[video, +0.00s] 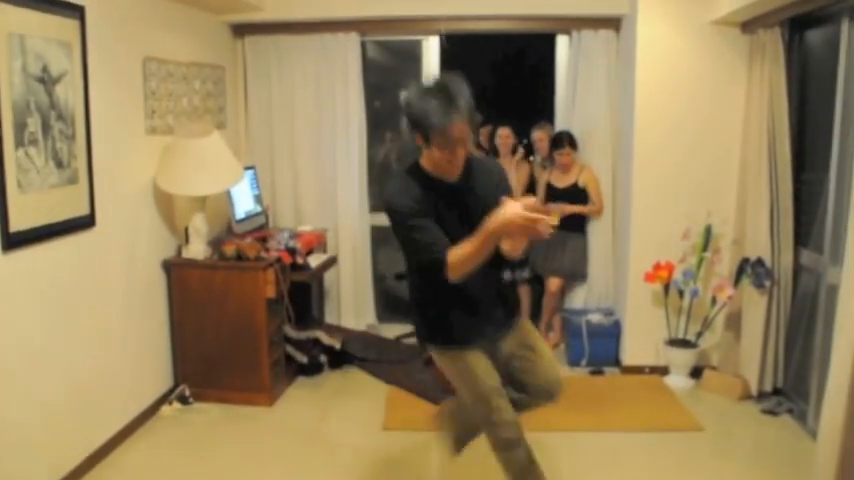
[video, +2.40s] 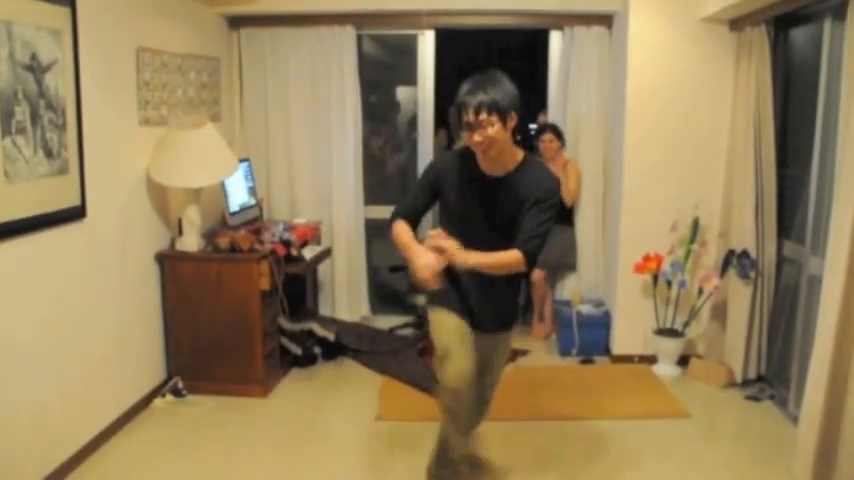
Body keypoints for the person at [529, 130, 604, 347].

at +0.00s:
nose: (564, 159)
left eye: (568, 154)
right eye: (560, 154)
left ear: (575, 153)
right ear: (553, 155)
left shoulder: (585, 174)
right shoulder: (546, 177)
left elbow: (597, 207)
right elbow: (538, 206)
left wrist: (570, 209)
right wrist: (550, 211)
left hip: (574, 235)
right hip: (550, 233)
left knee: (555, 286)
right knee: (553, 286)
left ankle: (543, 330)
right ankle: (556, 332)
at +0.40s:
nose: (564, 179)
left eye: (568, 175)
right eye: (560, 175)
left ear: (574, 169)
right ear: (551, 170)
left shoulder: (583, 183)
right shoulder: (541, 178)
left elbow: (589, 215)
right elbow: (530, 208)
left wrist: (572, 231)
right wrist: (546, 225)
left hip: (570, 232)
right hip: (544, 231)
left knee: (550, 282)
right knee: (546, 284)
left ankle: (549, 332)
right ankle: (552, 329)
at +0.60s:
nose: (569, 198)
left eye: (573, 194)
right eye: (565, 194)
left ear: (578, 188)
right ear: (555, 186)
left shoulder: (582, 198)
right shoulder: (541, 185)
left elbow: (585, 226)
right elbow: (528, 214)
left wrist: (580, 255)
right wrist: (542, 235)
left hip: (567, 234)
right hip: (540, 232)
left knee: (550, 283)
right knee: (542, 284)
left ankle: (550, 333)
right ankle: (549, 329)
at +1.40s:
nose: (563, 194)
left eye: (567, 188)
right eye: (559, 188)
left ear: (573, 186)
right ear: (550, 187)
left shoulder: (579, 197)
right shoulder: (539, 194)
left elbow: (582, 222)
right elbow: (532, 223)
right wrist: (538, 236)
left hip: (563, 235)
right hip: (541, 233)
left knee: (548, 279)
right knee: (539, 281)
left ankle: (550, 329)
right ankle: (550, 325)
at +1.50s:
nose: (559, 180)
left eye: (563, 175)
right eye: (554, 175)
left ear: (571, 175)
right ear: (547, 176)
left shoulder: (578, 190)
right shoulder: (538, 189)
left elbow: (580, 223)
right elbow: (536, 221)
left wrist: (561, 227)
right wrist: (549, 224)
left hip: (564, 235)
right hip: (539, 235)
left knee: (548, 279)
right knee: (539, 281)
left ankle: (550, 329)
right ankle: (550, 325)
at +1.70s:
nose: (554, 154)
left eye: (559, 149)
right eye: (550, 150)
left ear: (568, 152)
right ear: (545, 153)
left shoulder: (576, 173)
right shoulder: (539, 173)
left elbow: (578, 209)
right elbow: (533, 203)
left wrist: (563, 194)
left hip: (564, 229)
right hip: (542, 227)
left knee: (548, 278)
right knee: (544, 279)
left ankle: (549, 329)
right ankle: (550, 327)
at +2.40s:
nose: (546, 146)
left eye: (551, 141)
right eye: (543, 141)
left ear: (560, 144)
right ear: (538, 146)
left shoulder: (569, 165)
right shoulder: (537, 167)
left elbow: (569, 198)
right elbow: (531, 198)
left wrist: (561, 171)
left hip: (561, 225)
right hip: (539, 224)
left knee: (538, 274)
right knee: (544, 279)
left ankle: (536, 319)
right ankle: (548, 323)